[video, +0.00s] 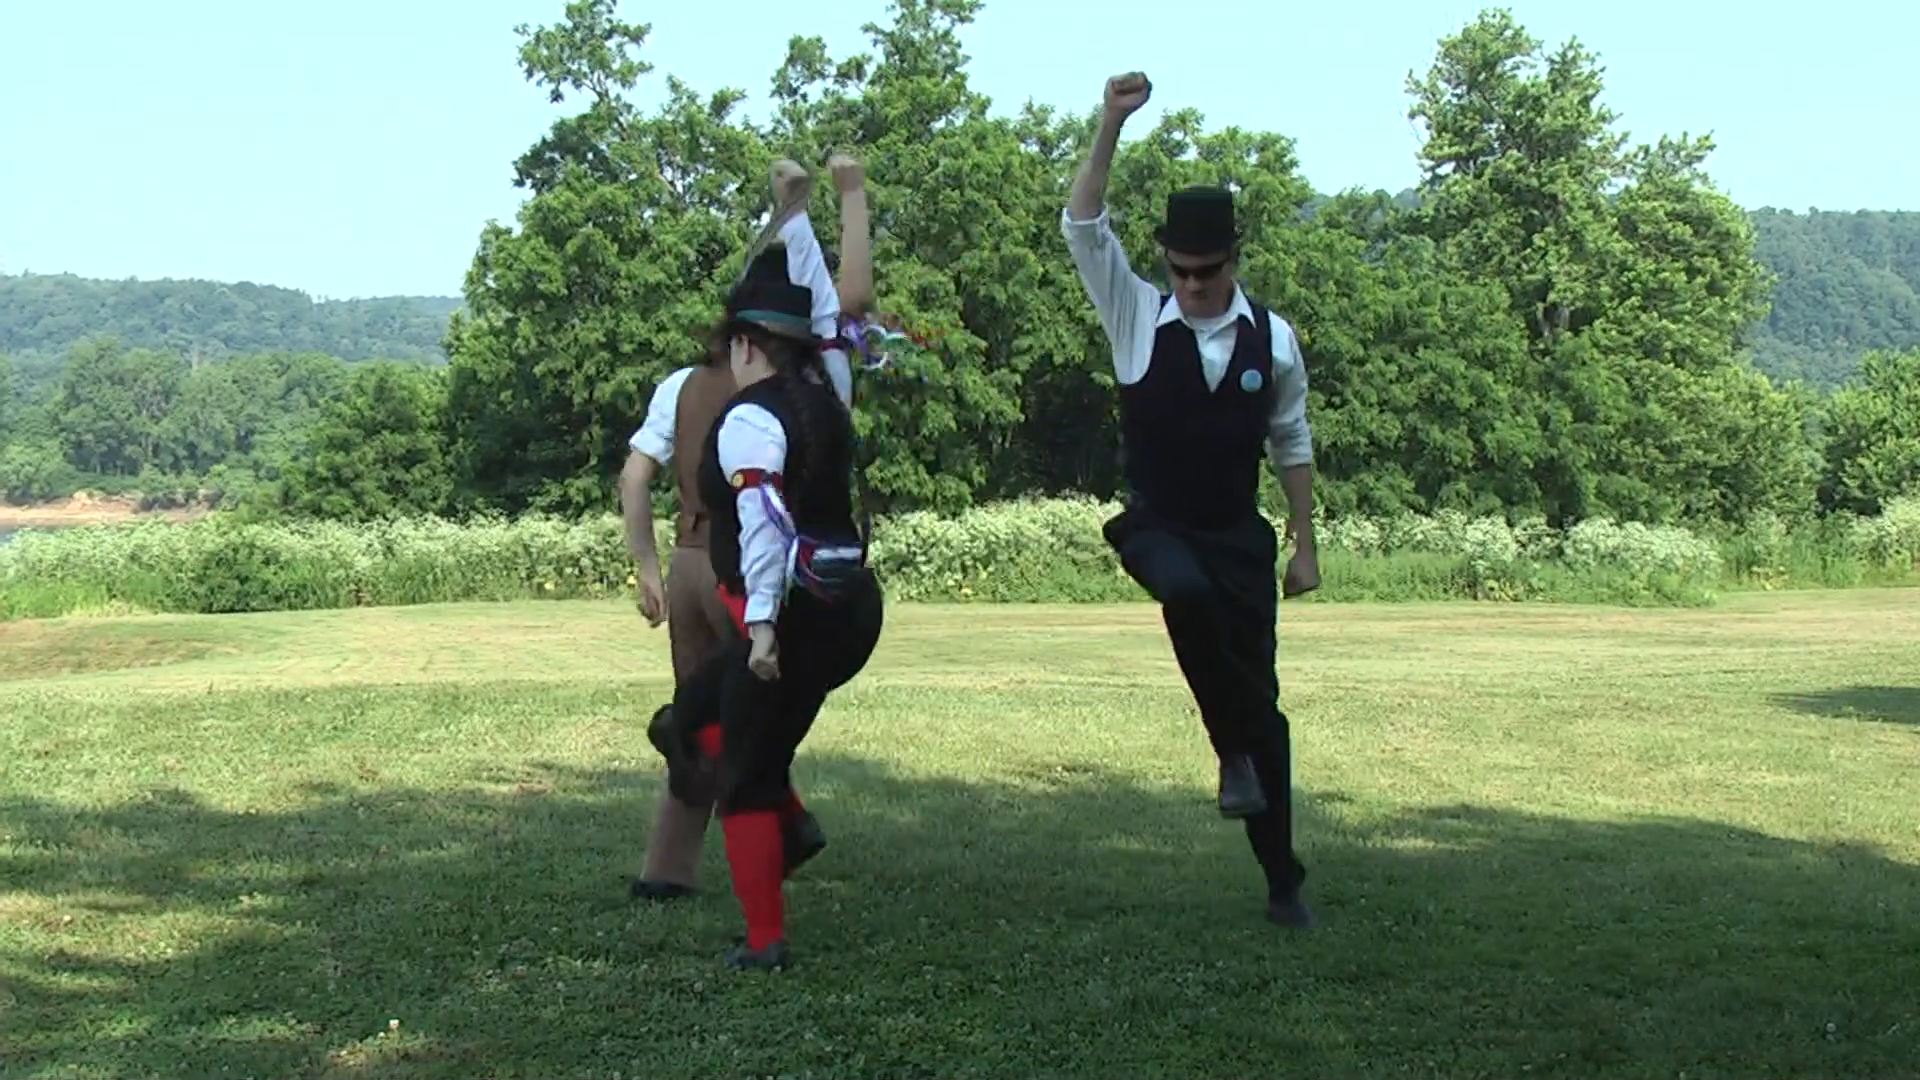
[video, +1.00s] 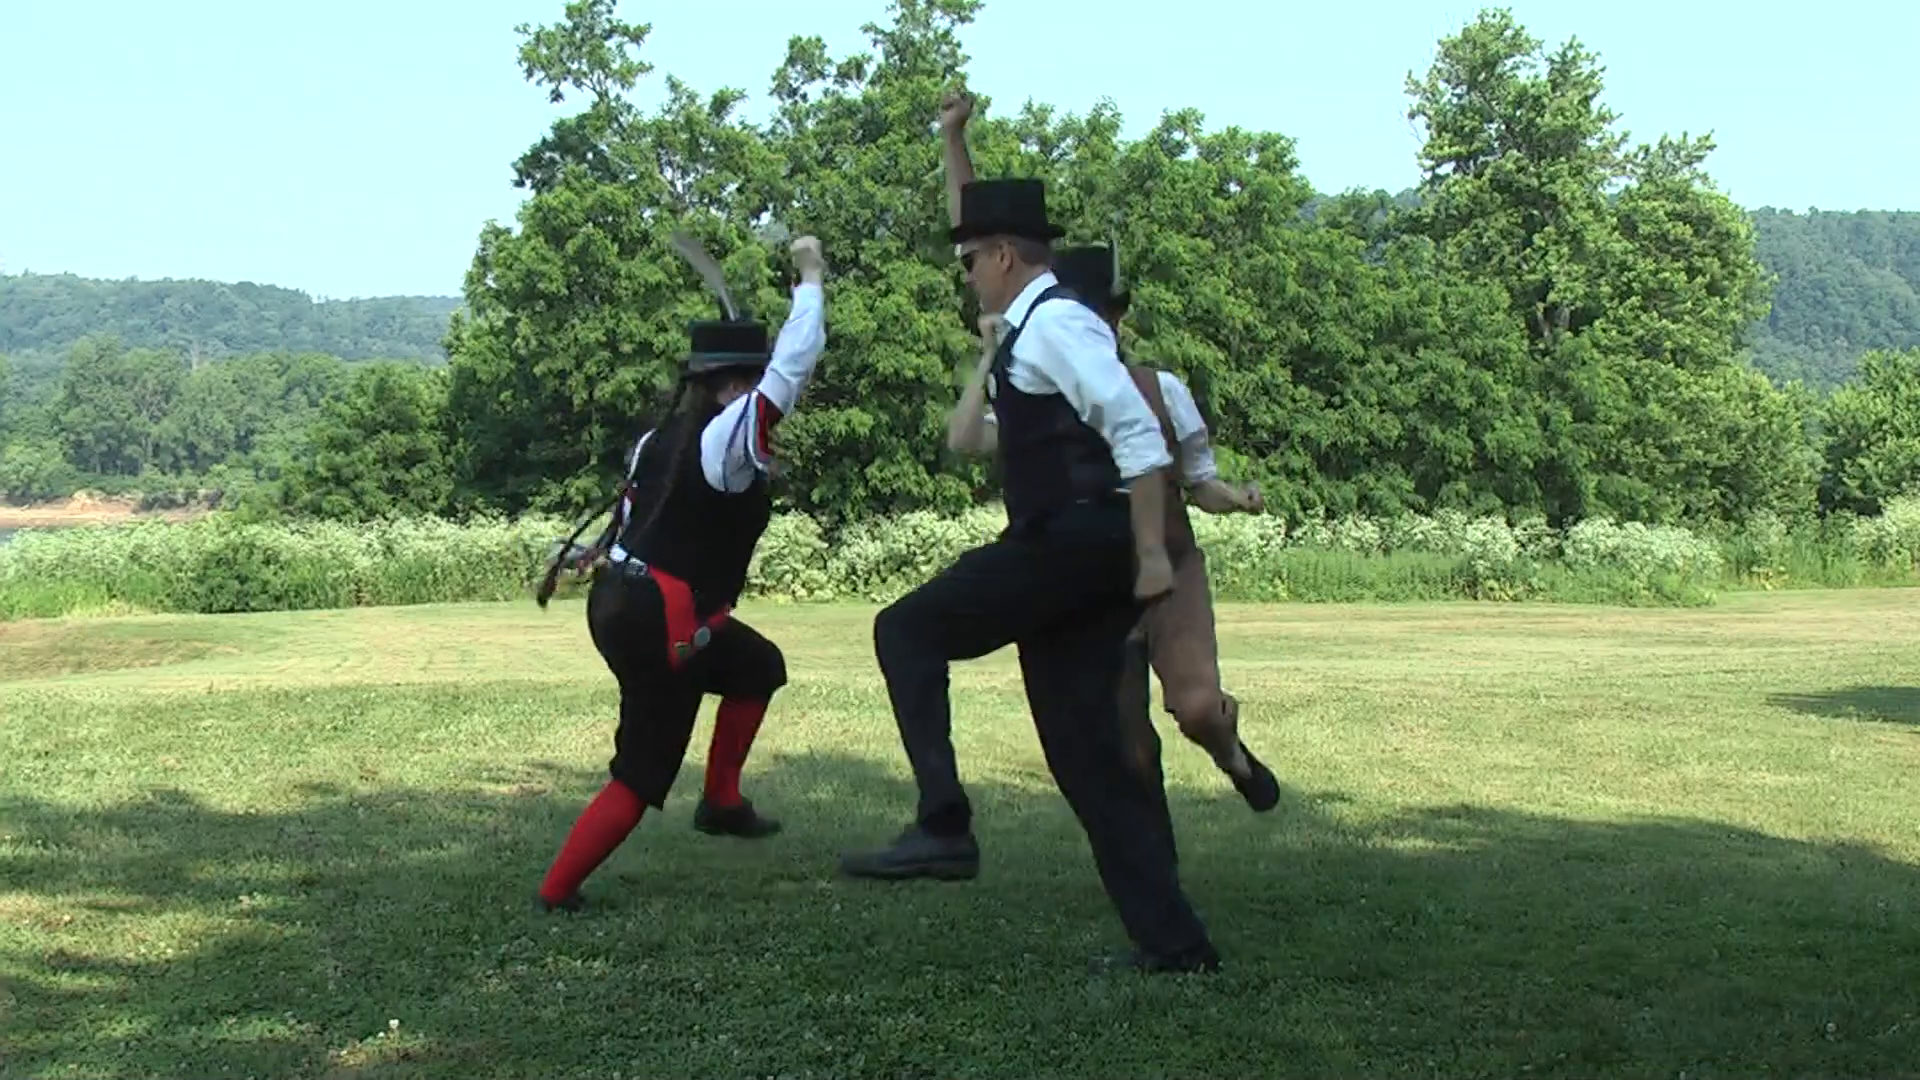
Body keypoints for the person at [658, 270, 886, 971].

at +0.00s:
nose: (731, 361)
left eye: (733, 348)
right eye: (734, 348)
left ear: (750, 350)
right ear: (799, 346)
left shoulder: (748, 419)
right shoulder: (826, 394)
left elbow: (764, 520)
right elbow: (825, 316)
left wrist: (763, 620)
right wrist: (793, 210)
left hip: (797, 605)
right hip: (854, 600)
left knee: (745, 765)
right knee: (692, 713)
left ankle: (765, 939)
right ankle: (789, 820)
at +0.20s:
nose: (686, 356)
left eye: (689, 348)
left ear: (694, 354)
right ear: (759, 358)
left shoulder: (674, 426)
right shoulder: (784, 414)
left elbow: (651, 533)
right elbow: (787, 326)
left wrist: (636, 623)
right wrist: (756, 237)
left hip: (716, 614)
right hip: (789, 611)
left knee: (696, 783)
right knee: (647, 707)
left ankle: (764, 936)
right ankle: (645, 862)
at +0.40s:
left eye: (684, 354)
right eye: (708, 357)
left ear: (666, 361)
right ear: (729, 371)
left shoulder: (623, 427)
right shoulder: (751, 431)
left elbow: (588, 520)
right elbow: (784, 344)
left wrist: (556, 613)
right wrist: (767, 247)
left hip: (628, 602)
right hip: (719, 611)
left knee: (584, 764)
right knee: (645, 761)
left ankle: (648, 864)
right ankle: (593, 908)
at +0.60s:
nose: (718, 354)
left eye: (708, 344)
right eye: (714, 344)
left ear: (649, 344)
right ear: (710, 351)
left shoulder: (596, 406)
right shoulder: (727, 403)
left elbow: (550, 497)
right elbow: (770, 328)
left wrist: (524, 578)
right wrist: (764, 233)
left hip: (590, 581)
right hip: (680, 598)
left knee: (601, 647)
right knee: (629, 752)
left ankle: (558, 761)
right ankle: (591, 901)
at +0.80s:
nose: (724, 335)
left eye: (716, 324)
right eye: (723, 324)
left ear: (662, 323)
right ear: (715, 330)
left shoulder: (614, 377)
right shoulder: (721, 372)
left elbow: (563, 463)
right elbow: (762, 299)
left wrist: (538, 550)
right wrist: (770, 204)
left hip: (585, 555)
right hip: (664, 568)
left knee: (689, 642)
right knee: (628, 718)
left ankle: (600, 738)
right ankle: (571, 877)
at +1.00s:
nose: (761, 393)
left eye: (760, 384)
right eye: (754, 384)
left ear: (703, 383)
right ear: (731, 386)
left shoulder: (659, 440)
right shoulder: (729, 436)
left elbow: (631, 509)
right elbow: (790, 369)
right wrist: (811, 279)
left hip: (617, 599)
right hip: (658, 615)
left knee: (758, 664)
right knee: (641, 777)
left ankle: (722, 799)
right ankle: (555, 891)